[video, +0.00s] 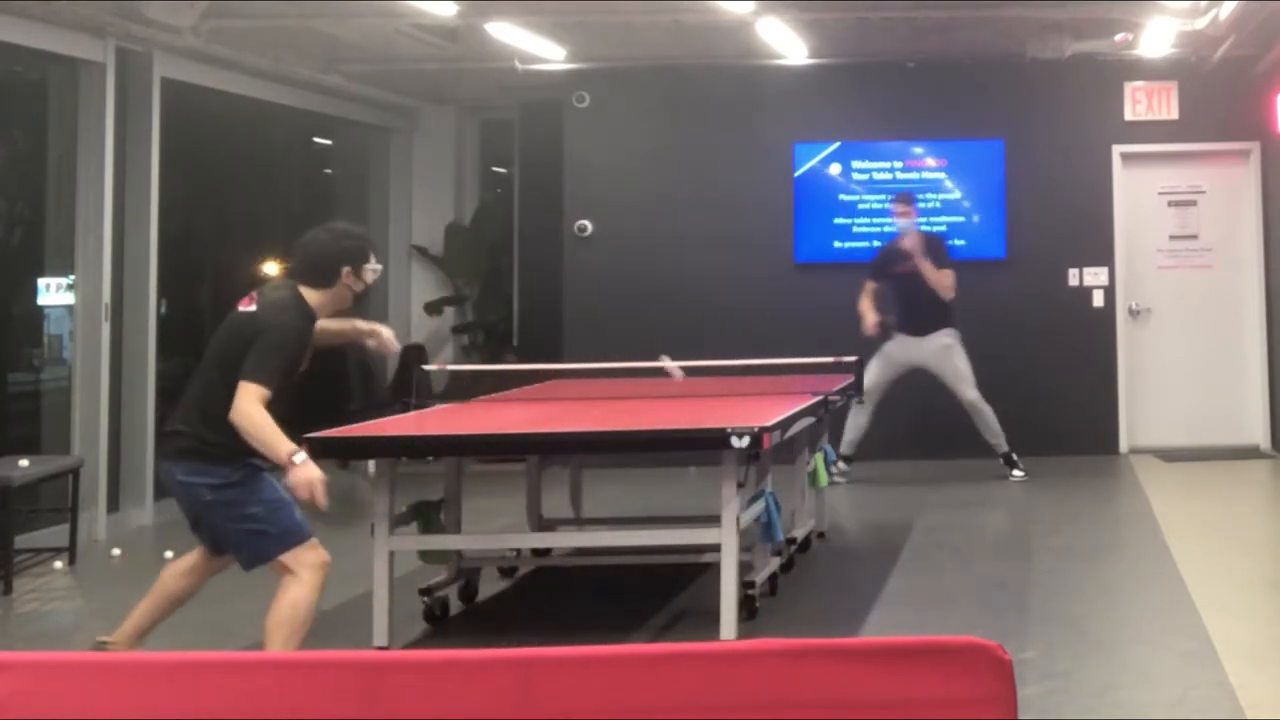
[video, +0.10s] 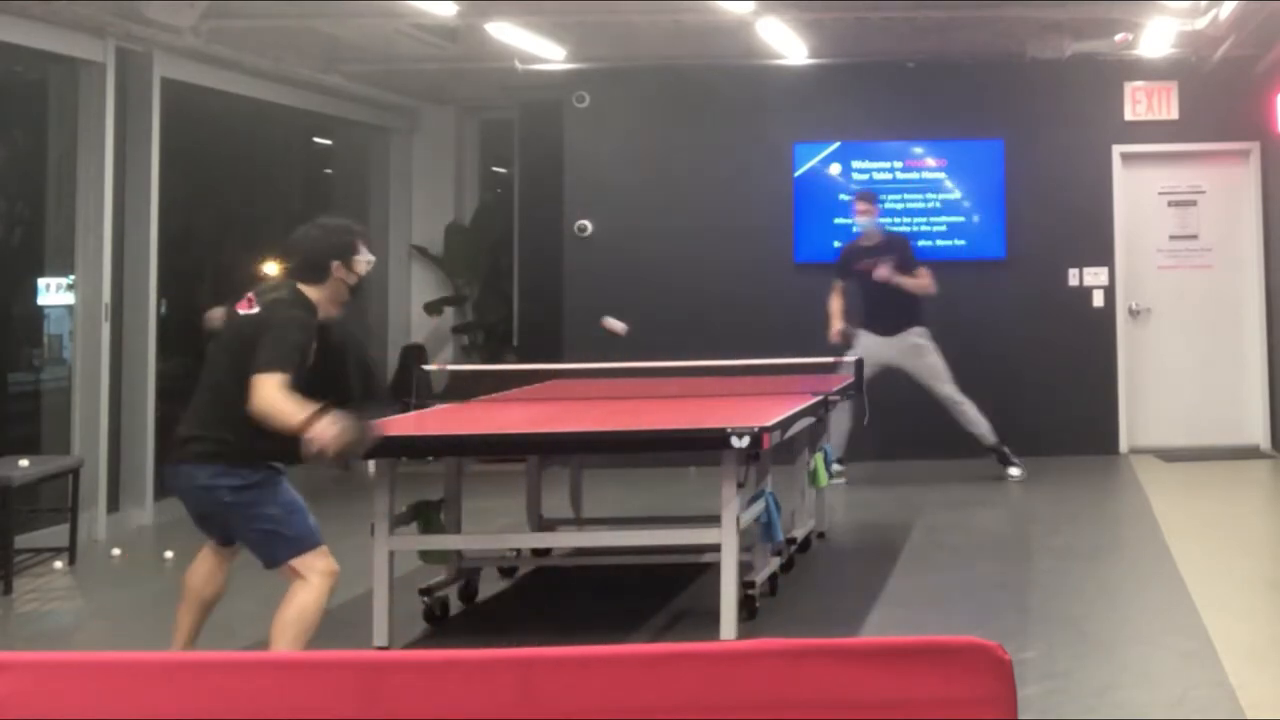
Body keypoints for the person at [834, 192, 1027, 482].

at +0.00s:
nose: (901, 220)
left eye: (906, 214)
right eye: (897, 215)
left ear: (915, 214)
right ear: (892, 216)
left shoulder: (933, 245)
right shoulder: (888, 253)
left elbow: (947, 290)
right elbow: (867, 292)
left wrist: (919, 257)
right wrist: (870, 316)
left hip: (940, 341)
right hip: (900, 342)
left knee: (971, 397)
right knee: (865, 394)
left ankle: (1007, 456)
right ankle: (843, 460)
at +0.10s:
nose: (861, 218)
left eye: (866, 212)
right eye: (857, 213)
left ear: (877, 212)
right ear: (853, 216)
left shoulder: (899, 244)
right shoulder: (849, 253)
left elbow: (929, 286)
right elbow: (837, 291)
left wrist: (894, 278)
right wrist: (837, 323)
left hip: (910, 339)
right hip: (869, 340)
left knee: (949, 394)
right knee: (842, 393)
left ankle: (1001, 453)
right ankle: (833, 462)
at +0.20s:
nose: (830, 215)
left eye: (835, 209)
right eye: (826, 210)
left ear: (846, 210)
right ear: (821, 212)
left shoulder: (869, 242)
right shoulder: (819, 250)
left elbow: (903, 280)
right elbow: (810, 292)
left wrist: (879, 294)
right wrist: (808, 329)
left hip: (878, 334)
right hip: (838, 337)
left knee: (911, 390)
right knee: (828, 399)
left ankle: (953, 452)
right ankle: (829, 463)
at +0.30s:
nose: (805, 209)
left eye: (810, 204)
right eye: (802, 204)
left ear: (823, 204)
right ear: (798, 207)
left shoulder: (846, 237)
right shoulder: (795, 246)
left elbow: (879, 275)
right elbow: (790, 287)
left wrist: (861, 305)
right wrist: (786, 325)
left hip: (849, 327)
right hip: (812, 330)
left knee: (866, 389)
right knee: (804, 391)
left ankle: (886, 454)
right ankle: (820, 458)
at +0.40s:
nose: (781, 212)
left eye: (787, 205)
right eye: (777, 207)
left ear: (800, 205)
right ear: (773, 211)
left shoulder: (824, 237)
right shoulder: (774, 246)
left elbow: (856, 277)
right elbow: (771, 288)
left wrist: (847, 315)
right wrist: (761, 325)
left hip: (824, 326)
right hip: (788, 326)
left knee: (831, 390)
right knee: (765, 381)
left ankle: (835, 457)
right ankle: (776, 448)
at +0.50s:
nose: (752, 223)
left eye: (758, 217)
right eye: (748, 218)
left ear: (774, 215)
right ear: (745, 222)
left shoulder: (798, 249)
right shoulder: (752, 258)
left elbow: (833, 283)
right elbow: (746, 303)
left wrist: (832, 330)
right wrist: (713, 343)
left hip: (803, 335)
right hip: (765, 335)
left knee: (818, 397)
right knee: (730, 386)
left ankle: (829, 462)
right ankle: (728, 458)